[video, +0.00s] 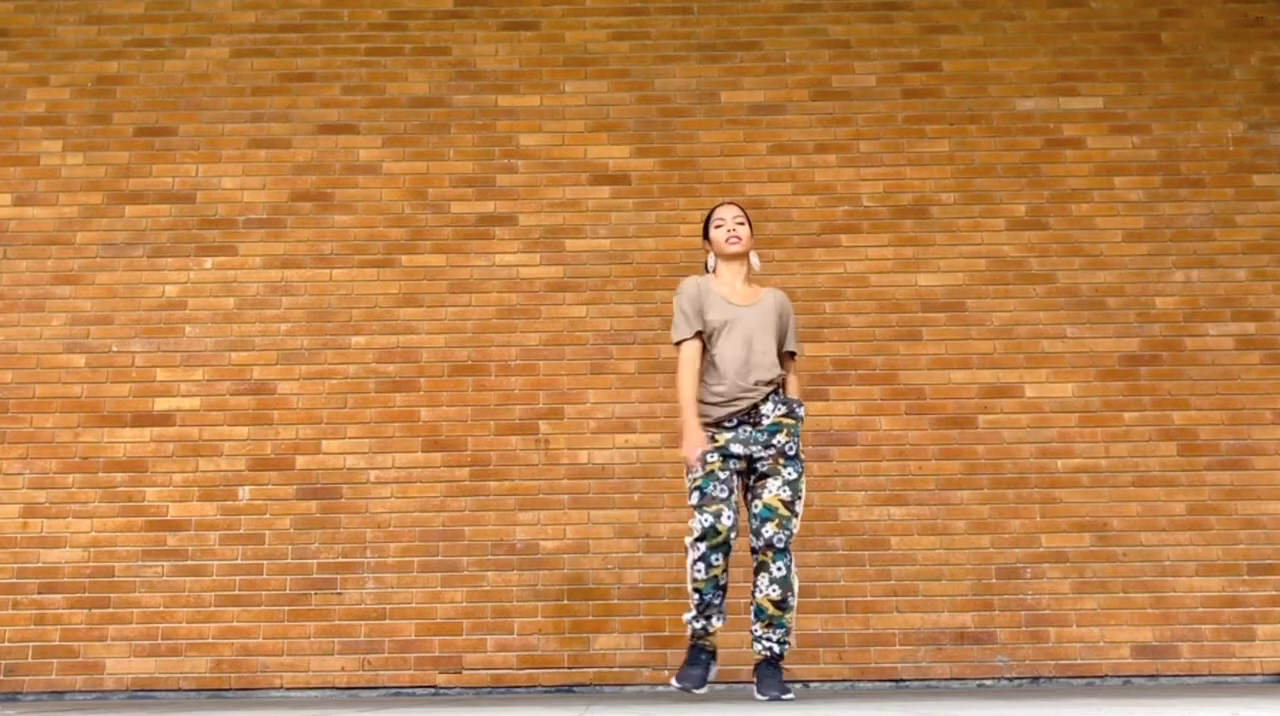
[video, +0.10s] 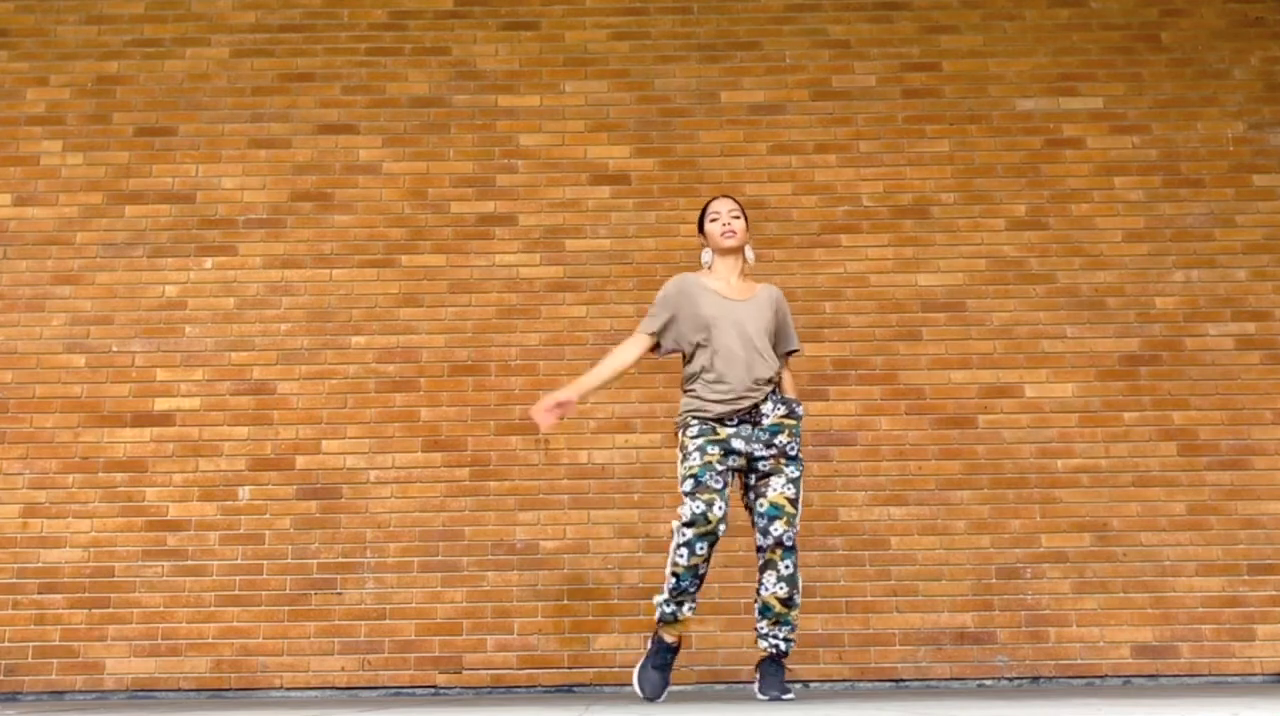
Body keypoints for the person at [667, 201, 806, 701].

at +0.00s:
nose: (731, 228)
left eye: (739, 222)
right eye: (721, 224)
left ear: (753, 237)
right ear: (708, 242)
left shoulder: (776, 300)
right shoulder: (694, 290)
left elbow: (788, 370)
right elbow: (688, 363)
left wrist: (793, 423)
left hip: (775, 427)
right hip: (716, 428)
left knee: (773, 540)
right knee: (711, 534)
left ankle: (770, 661)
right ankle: (700, 648)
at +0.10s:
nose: (728, 222)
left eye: (735, 216)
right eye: (717, 218)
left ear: (749, 232)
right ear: (703, 238)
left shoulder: (771, 298)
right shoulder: (683, 288)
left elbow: (782, 370)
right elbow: (634, 346)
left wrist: (793, 417)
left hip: (771, 423)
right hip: (707, 424)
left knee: (779, 537)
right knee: (702, 523)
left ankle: (774, 659)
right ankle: (666, 639)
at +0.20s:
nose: (720, 219)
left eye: (728, 213)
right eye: (709, 215)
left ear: (742, 230)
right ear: (695, 235)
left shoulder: (759, 295)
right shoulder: (670, 282)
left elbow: (766, 365)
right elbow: (613, 325)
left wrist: (776, 414)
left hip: (764, 424)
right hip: (700, 429)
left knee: (802, 527)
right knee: (691, 530)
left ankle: (798, 648)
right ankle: (648, 649)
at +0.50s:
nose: (735, 216)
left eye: (743, 209)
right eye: (724, 212)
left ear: (759, 224)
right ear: (711, 231)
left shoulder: (773, 288)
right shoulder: (688, 280)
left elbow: (776, 357)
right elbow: (642, 324)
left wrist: (792, 402)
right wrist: (618, 319)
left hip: (770, 431)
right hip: (704, 436)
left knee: (801, 542)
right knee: (682, 547)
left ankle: (834, 659)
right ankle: (642, 662)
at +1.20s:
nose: (699, 242)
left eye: (710, 233)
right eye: (696, 233)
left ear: (738, 242)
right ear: (694, 241)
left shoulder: (767, 301)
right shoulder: (680, 298)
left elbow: (775, 369)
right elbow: (668, 359)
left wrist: (789, 392)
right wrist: (654, 391)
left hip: (766, 434)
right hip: (704, 439)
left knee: (805, 540)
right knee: (667, 537)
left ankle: (835, 659)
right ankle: (665, 653)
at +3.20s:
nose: (750, 233)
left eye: (756, 224)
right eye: (738, 228)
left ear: (770, 232)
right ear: (725, 242)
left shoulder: (794, 303)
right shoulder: (705, 292)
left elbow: (818, 369)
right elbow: (691, 363)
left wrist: (817, 412)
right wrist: (686, 431)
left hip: (797, 436)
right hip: (732, 442)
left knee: (824, 545)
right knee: (705, 546)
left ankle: (839, 663)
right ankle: (707, 666)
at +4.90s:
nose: (705, 227)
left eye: (717, 219)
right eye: (705, 220)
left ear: (746, 234)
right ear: (709, 239)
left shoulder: (786, 296)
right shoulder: (692, 297)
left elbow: (810, 367)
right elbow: (684, 369)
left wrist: (813, 419)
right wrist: (681, 440)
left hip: (791, 438)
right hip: (725, 444)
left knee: (822, 545)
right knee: (700, 544)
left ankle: (839, 661)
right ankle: (705, 664)